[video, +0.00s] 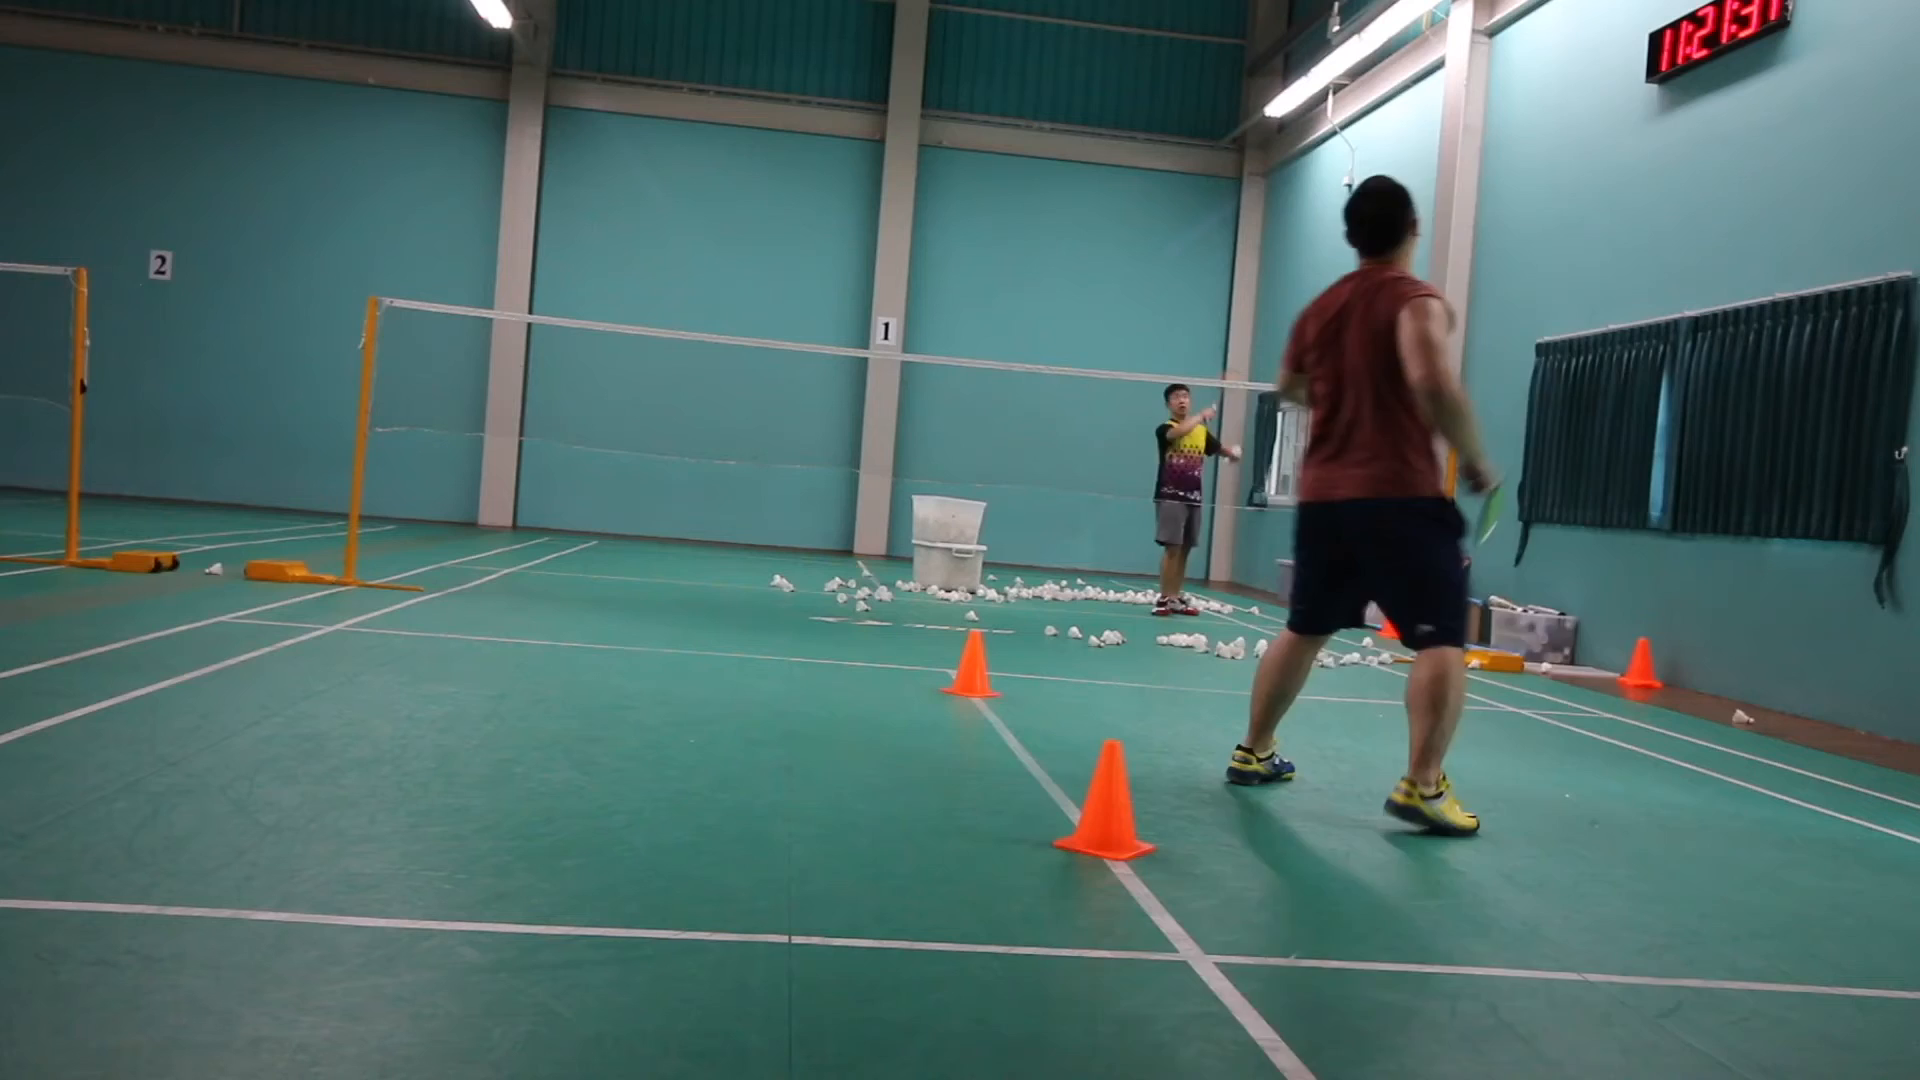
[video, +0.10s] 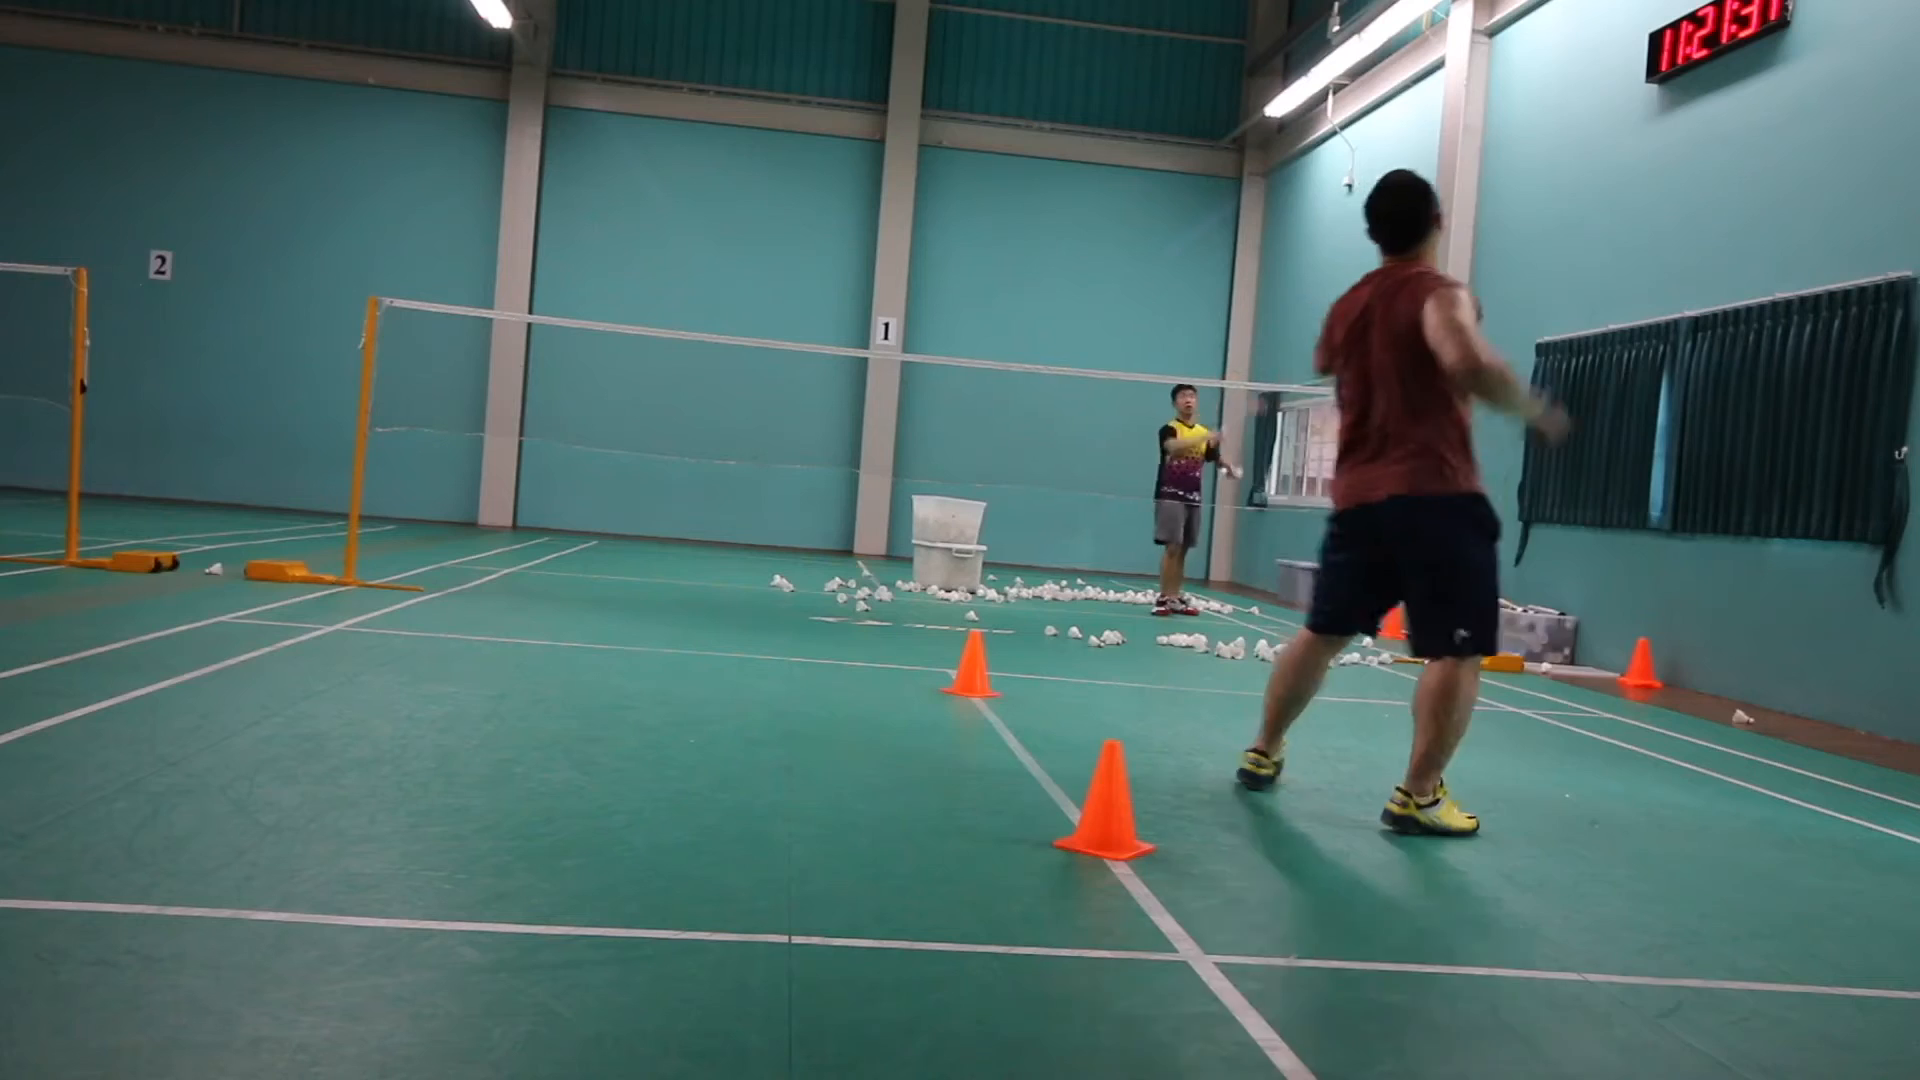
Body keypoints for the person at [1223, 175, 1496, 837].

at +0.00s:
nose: (1418, 232)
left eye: (1411, 222)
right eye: (1417, 223)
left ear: (1351, 236)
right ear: (1410, 232)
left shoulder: (1320, 308)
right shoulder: (1418, 300)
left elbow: (1290, 386)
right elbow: (1430, 381)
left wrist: (1347, 397)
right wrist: (1473, 458)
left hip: (1325, 504)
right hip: (1404, 505)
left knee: (1305, 627)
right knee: (1440, 638)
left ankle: (1253, 750)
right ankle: (1424, 784)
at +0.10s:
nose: (1440, 226)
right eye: (1438, 218)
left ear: (1373, 232)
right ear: (1436, 225)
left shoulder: (1348, 304)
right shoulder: (1441, 292)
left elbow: (1327, 364)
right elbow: (1464, 360)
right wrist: (1535, 410)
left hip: (1361, 506)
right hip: (1440, 504)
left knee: (1322, 631)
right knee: (1457, 649)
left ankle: (1264, 752)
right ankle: (1420, 793)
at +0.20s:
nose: (1473, 198)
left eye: (1468, 188)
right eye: (1468, 189)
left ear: (1400, 210)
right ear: (1458, 201)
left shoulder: (1377, 277)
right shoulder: (1453, 263)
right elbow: (1474, 318)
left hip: (1388, 484)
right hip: (1464, 481)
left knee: (1398, 619)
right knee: (1477, 637)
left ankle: (1343, 733)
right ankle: (1435, 780)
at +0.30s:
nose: (1491, 204)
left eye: (1484, 194)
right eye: (1487, 197)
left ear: (1423, 216)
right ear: (1479, 212)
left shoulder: (1405, 261)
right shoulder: (1457, 276)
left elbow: (1423, 214)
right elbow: (1469, 334)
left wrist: (1454, 168)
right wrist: (1557, 255)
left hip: (1406, 499)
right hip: (1484, 497)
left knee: (1415, 647)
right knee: (1544, 642)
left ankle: (1366, 788)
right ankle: (1471, 779)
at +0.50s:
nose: (1560, 211)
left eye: (1554, 201)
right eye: (1556, 203)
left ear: (1487, 226)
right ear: (1545, 216)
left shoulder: (1463, 280)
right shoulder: (1529, 294)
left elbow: (1445, 230)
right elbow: (1532, 360)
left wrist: (1444, 169)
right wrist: (1603, 269)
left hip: (1478, 518)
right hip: (1557, 522)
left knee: (1474, 654)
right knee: (1599, 672)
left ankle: (1368, 753)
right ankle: (1565, 838)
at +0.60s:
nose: (1564, 201)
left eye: (1553, 192)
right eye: (1555, 195)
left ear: (1488, 227)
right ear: (1550, 215)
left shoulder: (1464, 297)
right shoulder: (1553, 290)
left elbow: (1416, 344)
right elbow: (1609, 325)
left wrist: (1390, 340)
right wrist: (1586, 221)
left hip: (1504, 519)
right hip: (1592, 518)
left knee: (1465, 650)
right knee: (1610, 667)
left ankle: (1360, 752)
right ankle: (1572, 828)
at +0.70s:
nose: (1523, 203)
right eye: (1526, 193)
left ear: (1459, 218)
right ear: (1530, 200)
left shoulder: (1443, 313)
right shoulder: (1570, 245)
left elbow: (1411, 416)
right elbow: (1632, 150)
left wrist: (1379, 495)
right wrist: (1556, 96)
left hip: (1495, 496)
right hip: (1597, 488)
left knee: (1446, 636)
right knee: (1598, 646)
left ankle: (1410, 784)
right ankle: (1587, 814)